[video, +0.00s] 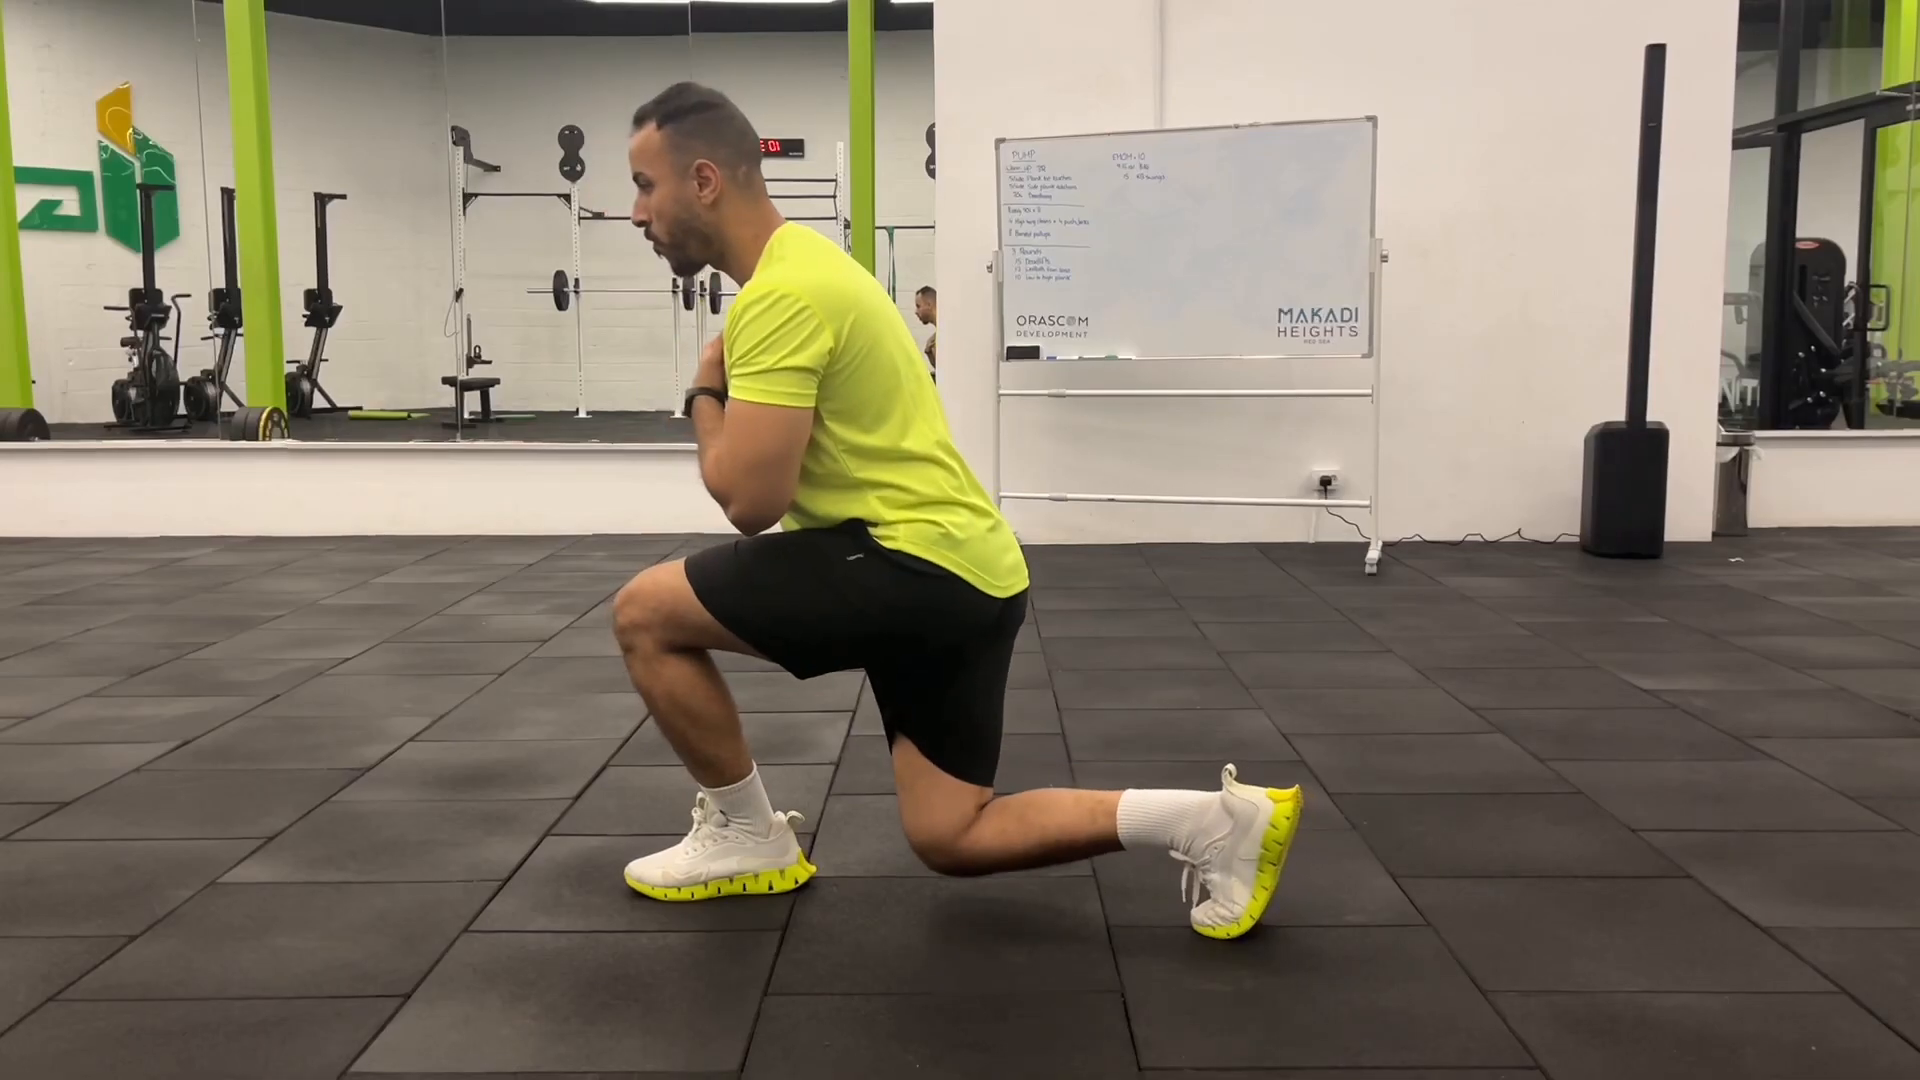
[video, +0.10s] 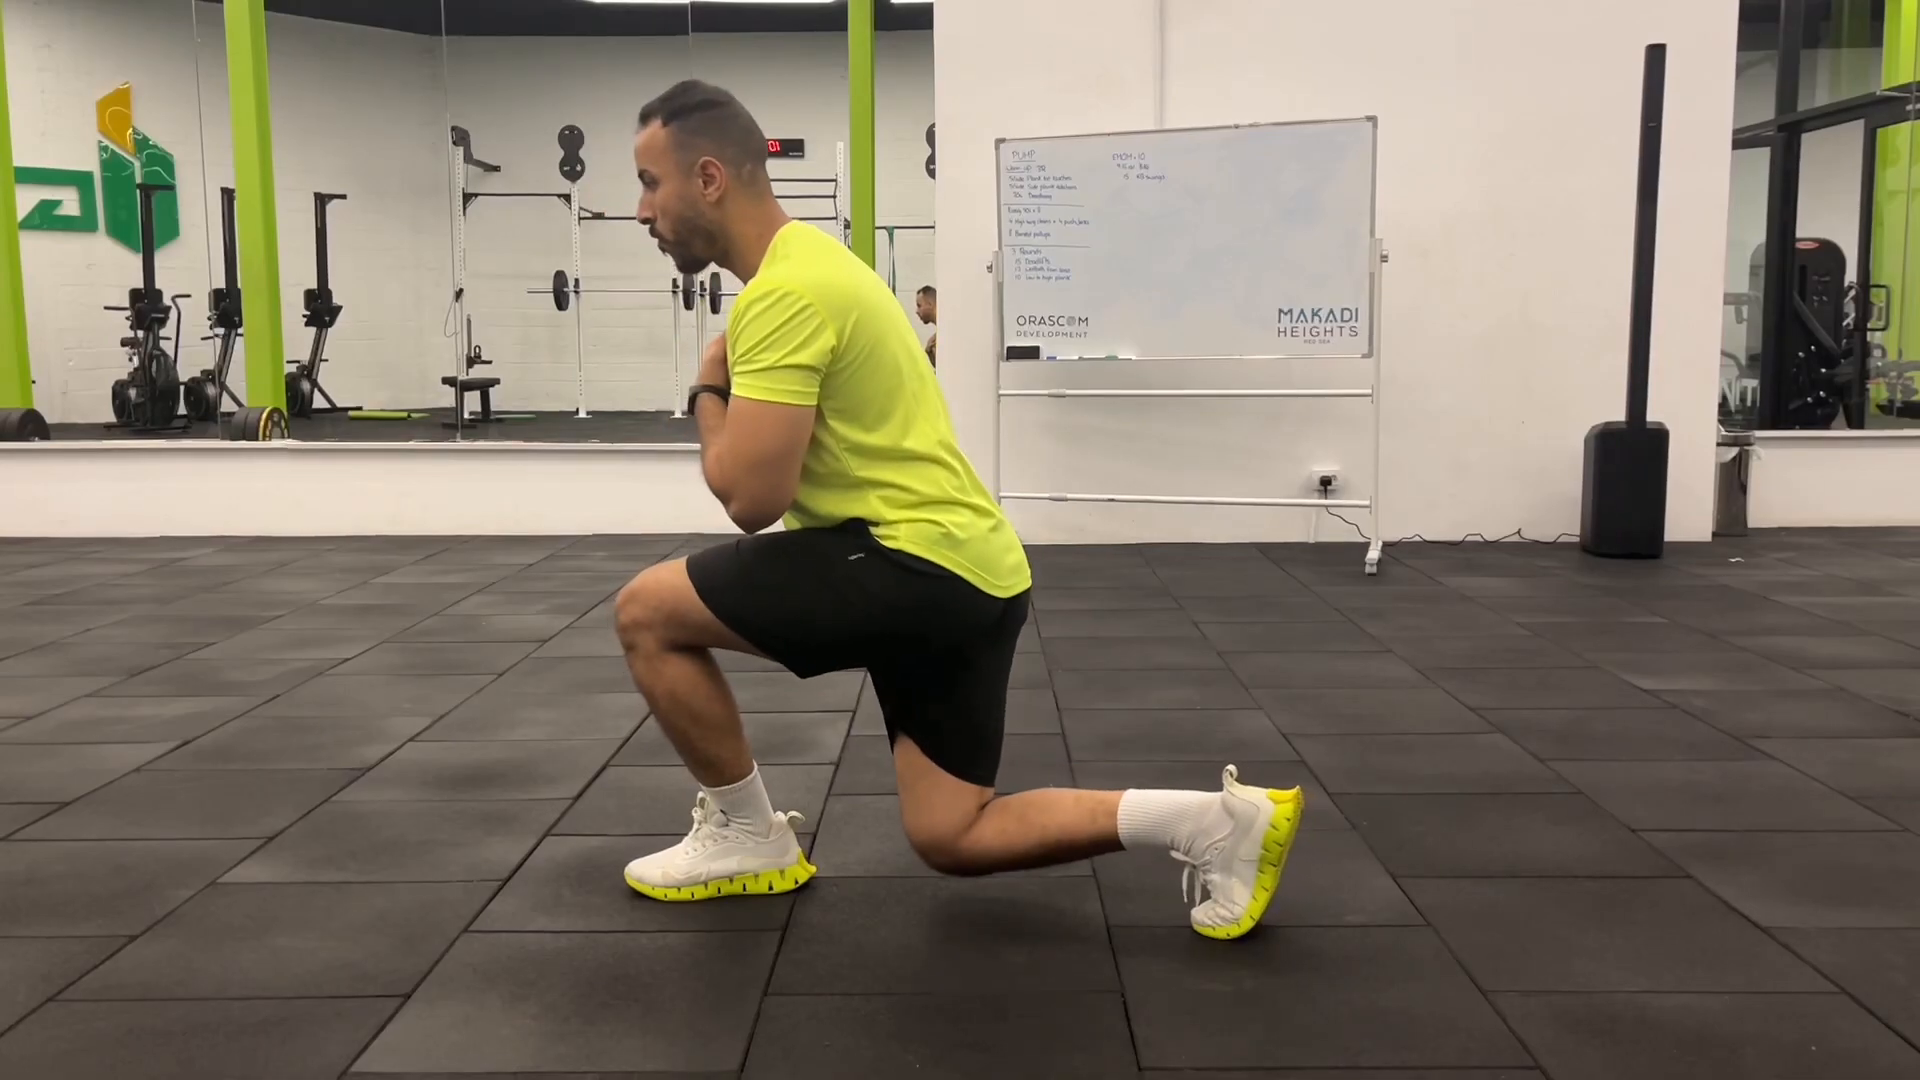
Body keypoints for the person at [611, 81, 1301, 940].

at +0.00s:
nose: (635, 213)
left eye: (644, 186)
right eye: (634, 189)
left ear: (706, 181)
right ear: (709, 181)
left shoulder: (785, 290)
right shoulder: (819, 271)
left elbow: (750, 499)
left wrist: (704, 400)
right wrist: (732, 404)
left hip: (906, 560)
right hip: (974, 567)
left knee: (646, 614)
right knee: (948, 831)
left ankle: (745, 835)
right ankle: (1215, 820)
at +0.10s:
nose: (640, 210)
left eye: (649, 184)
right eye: (639, 186)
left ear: (710, 179)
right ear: (714, 179)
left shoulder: (788, 289)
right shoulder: (827, 270)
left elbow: (750, 498)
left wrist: (707, 394)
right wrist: (735, 400)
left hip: (904, 560)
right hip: (975, 568)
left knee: (647, 613)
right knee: (950, 830)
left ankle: (744, 833)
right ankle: (1216, 820)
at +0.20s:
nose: (642, 206)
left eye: (651, 180)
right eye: (641, 182)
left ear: (713, 176)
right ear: (716, 176)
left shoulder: (789, 285)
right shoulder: (828, 265)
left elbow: (750, 494)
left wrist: (708, 391)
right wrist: (740, 398)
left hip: (905, 557)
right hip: (977, 565)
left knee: (648, 612)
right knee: (951, 827)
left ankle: (744, 833)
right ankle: (1219, 821)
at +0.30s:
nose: (638, 200)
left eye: (647, 174)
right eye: (638, 177)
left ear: (709, 170)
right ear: (714, 170)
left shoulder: (786, 277)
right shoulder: (826, 260)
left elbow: (748, 487)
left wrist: (707, 387)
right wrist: (735, 398)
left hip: (906, 549)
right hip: (977, 559)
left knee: (650, 611)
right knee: (953, 821)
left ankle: (744, 832)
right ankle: (1223, 822)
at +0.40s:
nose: (629, 190)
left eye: (637, 163)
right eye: (627, 166)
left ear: (699, 157)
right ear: (705, 157)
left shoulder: (777, 262)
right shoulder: (811, 245)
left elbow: (745, 470)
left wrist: (703, 380)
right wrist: (728, 390)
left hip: (907, 530)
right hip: (975, 542)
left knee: (652, 610)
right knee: (958, 808)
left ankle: (745, 833)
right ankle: (1228, 822)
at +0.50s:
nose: (612, 167)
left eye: (619, 141)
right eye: (609, 144)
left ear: (681, 134)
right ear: (687, 133)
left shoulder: (761, 237)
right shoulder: (794, 219)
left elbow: (737, 446)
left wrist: (691, 358)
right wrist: (715, 366)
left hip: (899, 505)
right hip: (972, 511)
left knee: (654, 608)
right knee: (966, 777)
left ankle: (745, 833)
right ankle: (1239, 823)